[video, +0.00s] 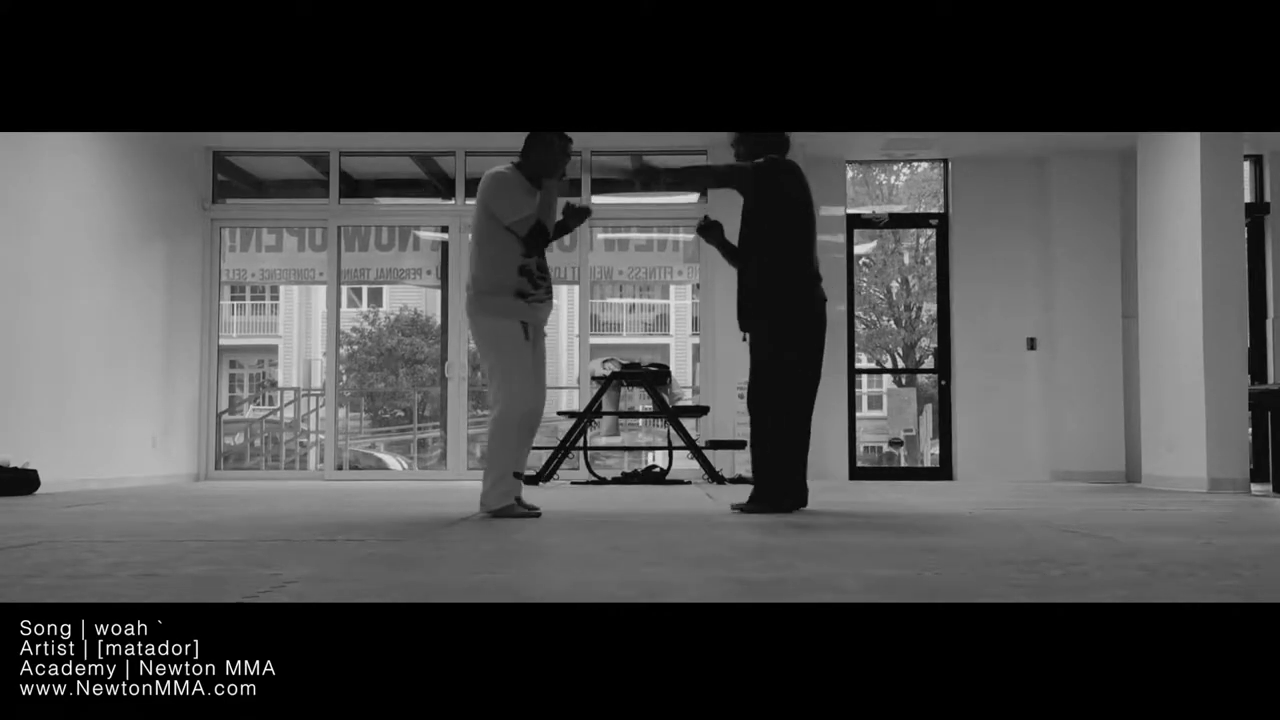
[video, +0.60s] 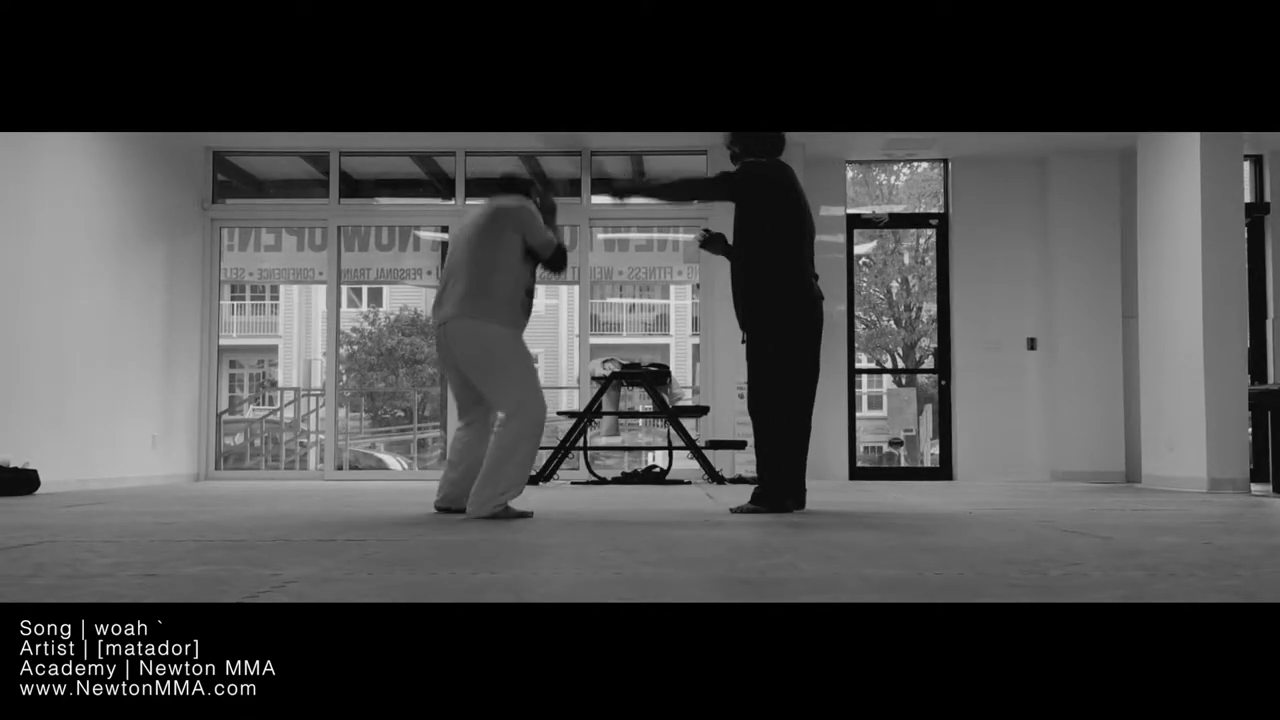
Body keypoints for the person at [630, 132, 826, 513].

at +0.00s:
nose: (735, 148)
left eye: (739, 141)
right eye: (735, 142)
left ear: (755, 143)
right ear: (774, 143)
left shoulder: (770, 174)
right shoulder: (782, 182)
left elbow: (712, 176)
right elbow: (754, 265)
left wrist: (659, 175)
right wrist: (720, 241)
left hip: (783, 313)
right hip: (792, 312)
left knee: (771, 402)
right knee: (783, 403)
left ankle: (775, 495)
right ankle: (784, 493)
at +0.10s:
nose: (734, 153)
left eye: (739, 146)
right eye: (736, 147)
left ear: (757, 145)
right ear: (774, 143)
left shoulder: (777, 173)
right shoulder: (769, 187)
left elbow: (730, 161)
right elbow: (751, 266)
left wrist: (681, 144)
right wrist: (715, 247)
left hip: (784, 312)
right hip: (779, 313)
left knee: (771, 402)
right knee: (778, 402)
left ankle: (772, 495)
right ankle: (784, 492)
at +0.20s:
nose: (735, 160)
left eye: (737, 150)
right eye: (733, 154)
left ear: (752, 146)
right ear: (773, 144)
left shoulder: (773, 174)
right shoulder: (771, 182)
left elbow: (725, 145)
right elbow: (753, 266)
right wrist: (713, 249)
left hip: (783, 312)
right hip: (781, 311)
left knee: (772, 402)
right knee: (779, 403)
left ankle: (774, 495)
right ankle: (784, 493)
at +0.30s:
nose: (730, 162)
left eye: (732, 152)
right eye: (729, 155)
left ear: (745, 146)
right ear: (766, 143)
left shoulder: (769, 174)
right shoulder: (768, 181)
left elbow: (731, 157)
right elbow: (752, 267)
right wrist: (713, 249)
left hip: (786, 311)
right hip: (782, 310)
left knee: (776, 401)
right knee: (780, 401)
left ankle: (777, 495)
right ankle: (784, 493)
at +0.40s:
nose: (727, 156)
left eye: (730, 148)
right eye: (727, 149)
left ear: (745, 146)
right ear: (766, 146)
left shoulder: (768, 173)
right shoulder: (771, 183)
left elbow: (716, 162)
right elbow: (753, 266)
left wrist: (694, 131)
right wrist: (715, 248)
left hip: (787, 311)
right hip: (787, 310)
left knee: (776, 401)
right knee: (784, 401)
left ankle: (777, 495)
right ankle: (786, 494)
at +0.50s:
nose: (726, 145)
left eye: (731, 138)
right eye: (727, 140)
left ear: (746, 140)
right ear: (766, 141)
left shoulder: (764, 173)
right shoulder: (769, 181)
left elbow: (702, 174)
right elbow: (758, 266)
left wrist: (646, 143)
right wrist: (721, 247)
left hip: (784, 311)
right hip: (786, 309)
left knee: (776, 401)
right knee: (781, 400)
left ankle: (778, 495)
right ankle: (784, 494)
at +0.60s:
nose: (730, 153)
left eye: (733, 145)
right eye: (730, 146)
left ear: (747, 145)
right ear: (768, 146)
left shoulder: (759, 176)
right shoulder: (779, 181)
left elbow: (695, 188)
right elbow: (768, 257)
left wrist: (632, 187)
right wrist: (725, 249)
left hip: (777, 313)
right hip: (794, 310)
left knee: (770, 401)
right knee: (786, 401)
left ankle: (775, 496)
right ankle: (787, 494)